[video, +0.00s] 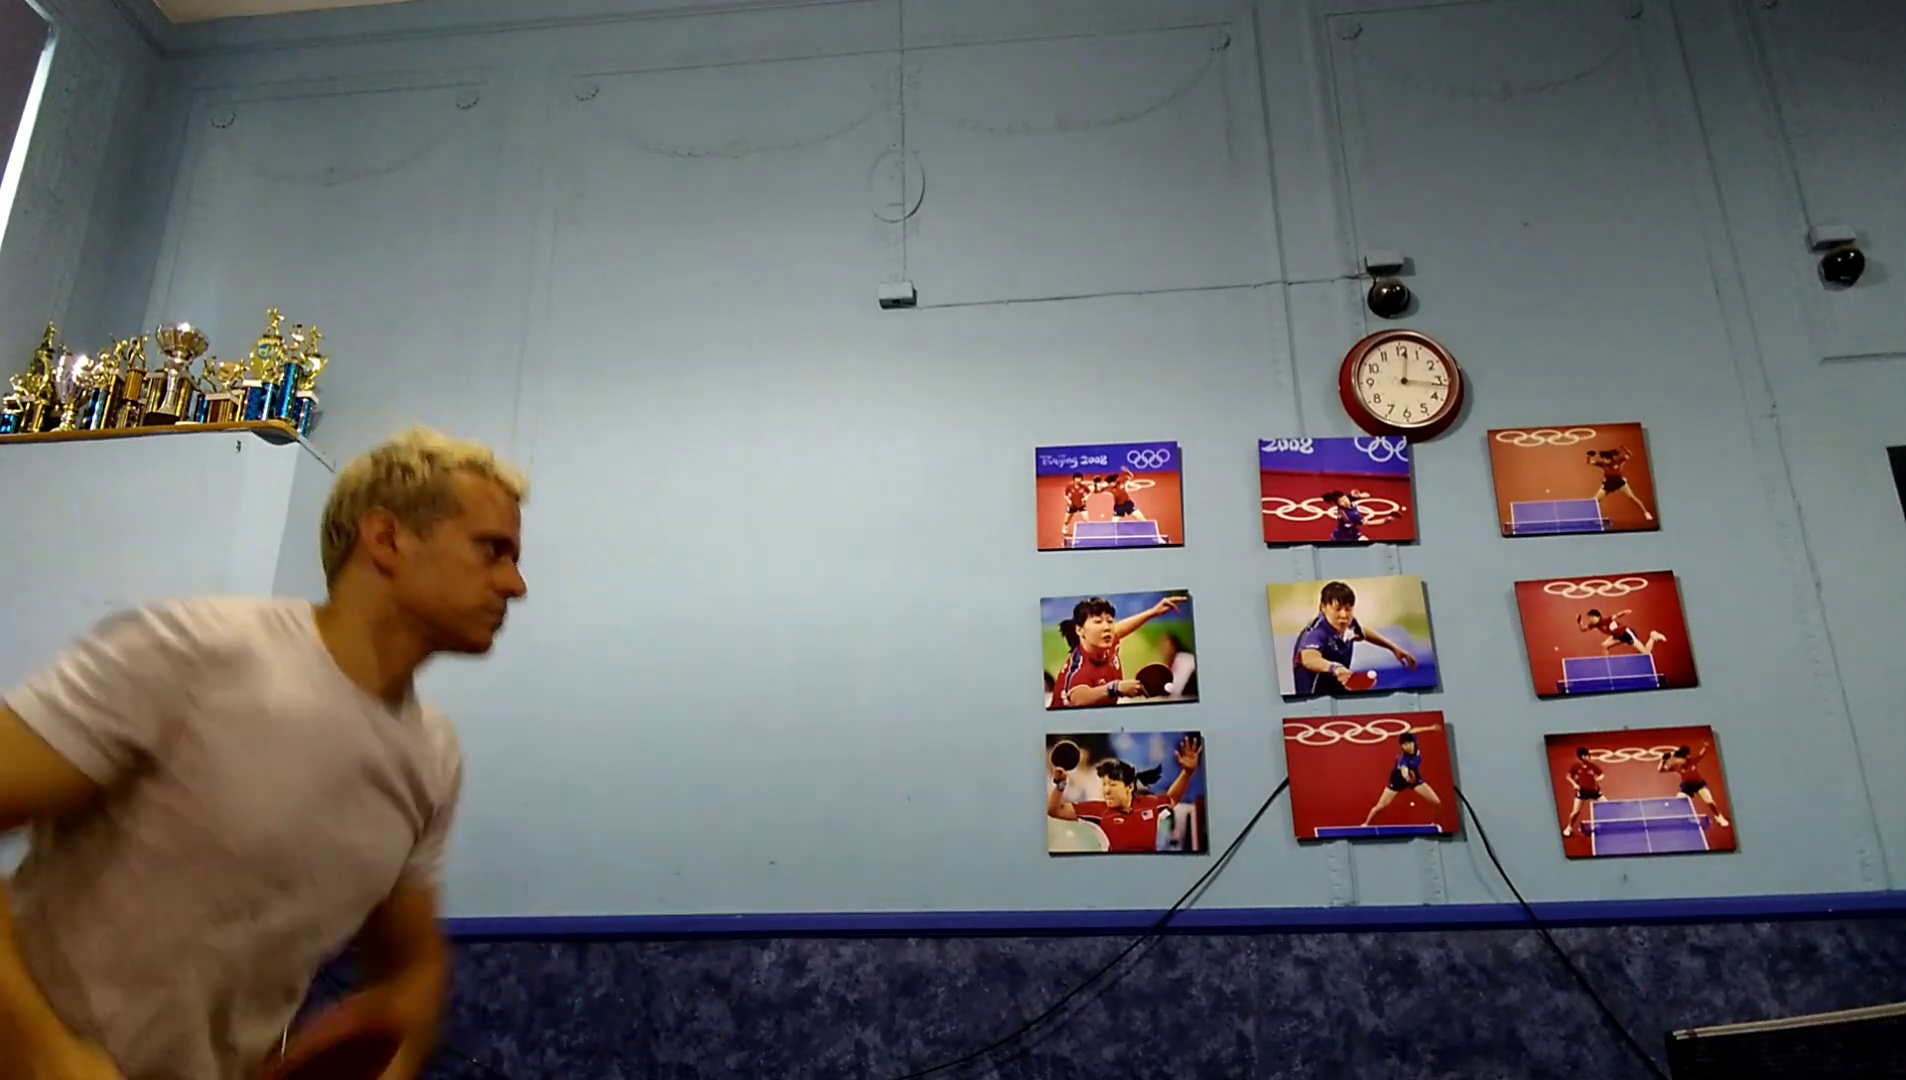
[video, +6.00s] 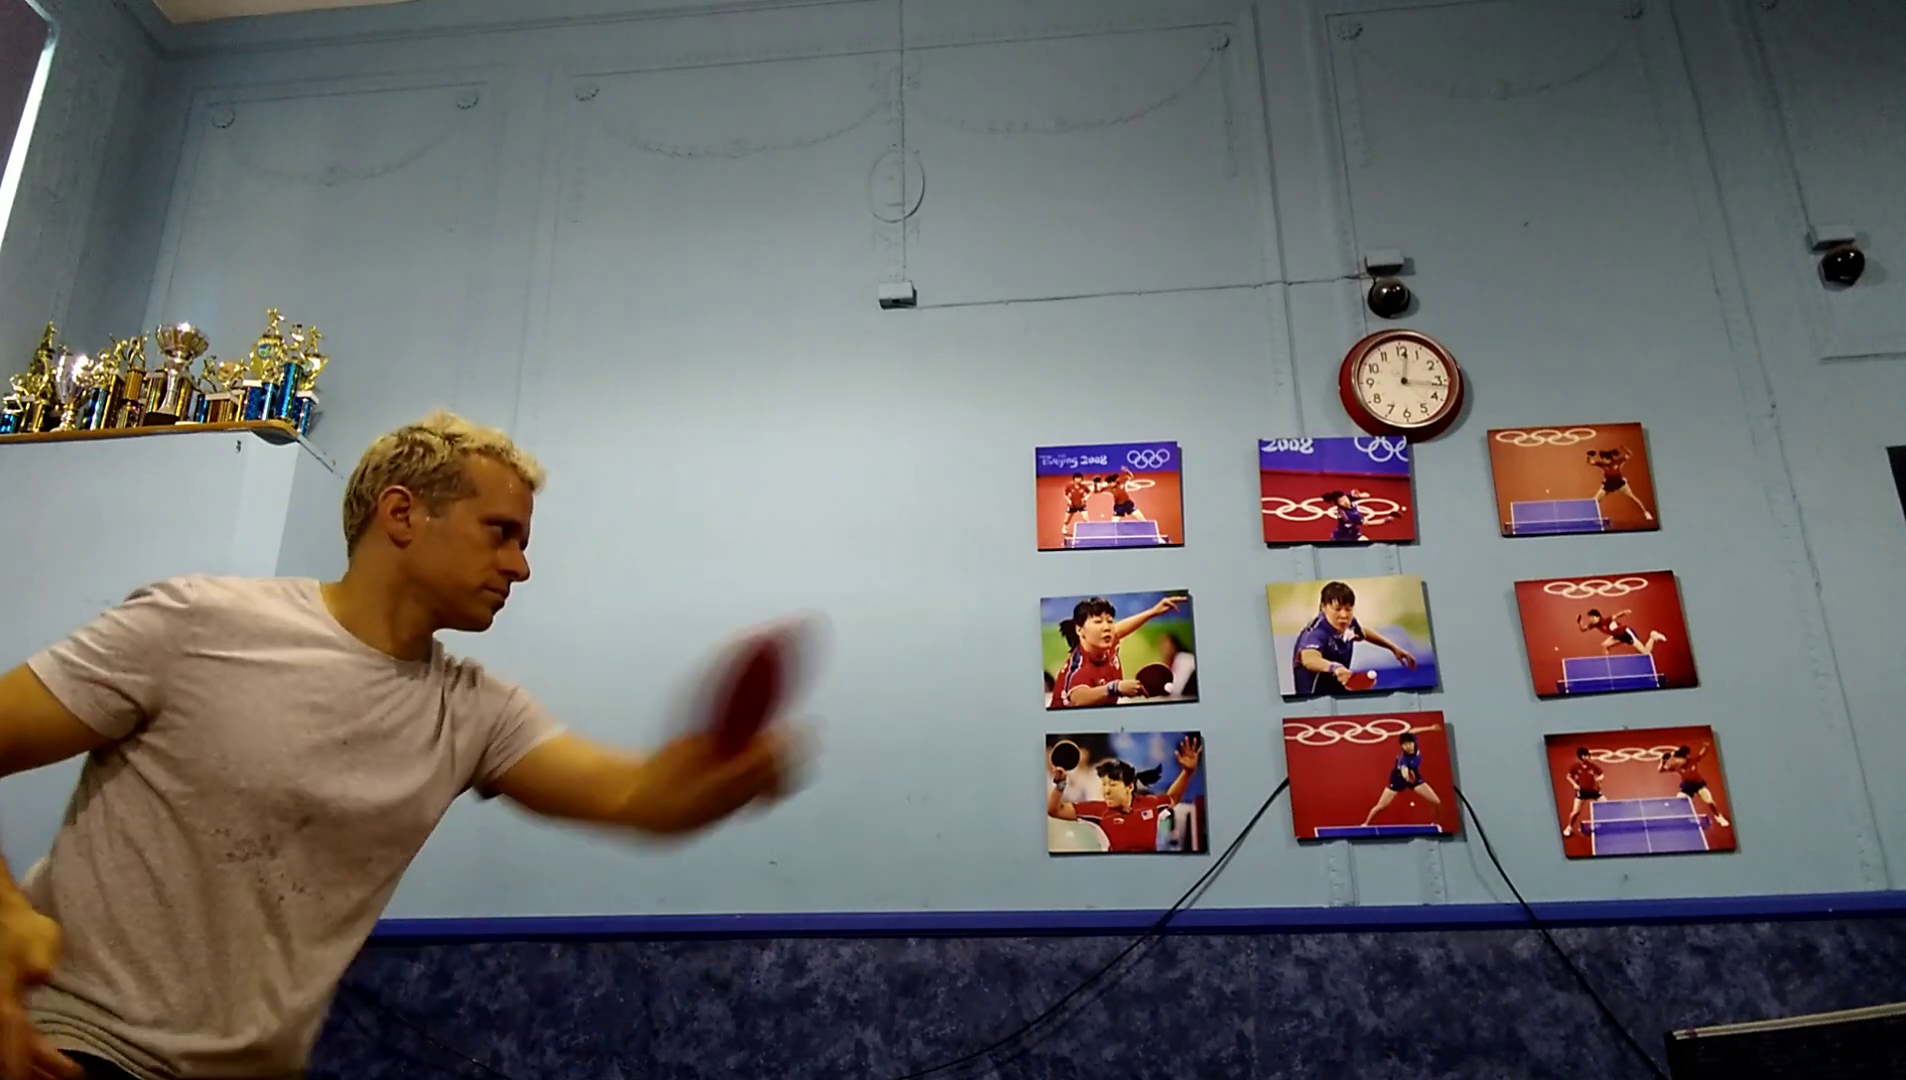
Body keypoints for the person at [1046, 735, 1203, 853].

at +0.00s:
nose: (1107, 790)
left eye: (1113, 785)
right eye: (1104, 785)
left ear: (1130, 787)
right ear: (1101, 786)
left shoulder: (1151, 804)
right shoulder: (1100, 810)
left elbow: (1172, 798)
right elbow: (1055, 811)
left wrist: (1188, 771)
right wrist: (1059, 785)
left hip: (1150, 872)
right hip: (1114, 873)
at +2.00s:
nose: (1107, 790)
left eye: (1113, 785)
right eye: (1104, 785)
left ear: (1130, 787)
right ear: (1101, 787)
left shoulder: (1151, 805)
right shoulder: (1100, 811)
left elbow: (1172, 798)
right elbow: (1055, 811)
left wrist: (1188, 771)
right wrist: (1059, 785)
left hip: (1151, 872)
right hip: (1115, 874)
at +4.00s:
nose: (1107, 790)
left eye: (1113, 785)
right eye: (1104, 785)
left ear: (1130, 787)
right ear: (1101, 787)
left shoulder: (1151, 804)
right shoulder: (1100, 810)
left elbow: (1172, 798)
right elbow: (1055, 811)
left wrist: (1188, 771)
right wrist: (1059, 785)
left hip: (1151, 872)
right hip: (1116, 874)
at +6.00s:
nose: (1107, 790)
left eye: (1113, 785)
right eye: (1104, 785)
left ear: (1130, 787)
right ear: (1101, 787)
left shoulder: (1151, 804)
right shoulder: (1100, 811)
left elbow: (1172, 798)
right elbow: (1055, 811)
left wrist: (1188, 772)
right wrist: (1060, 785)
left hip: (1151, 872)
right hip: (1116, 874)